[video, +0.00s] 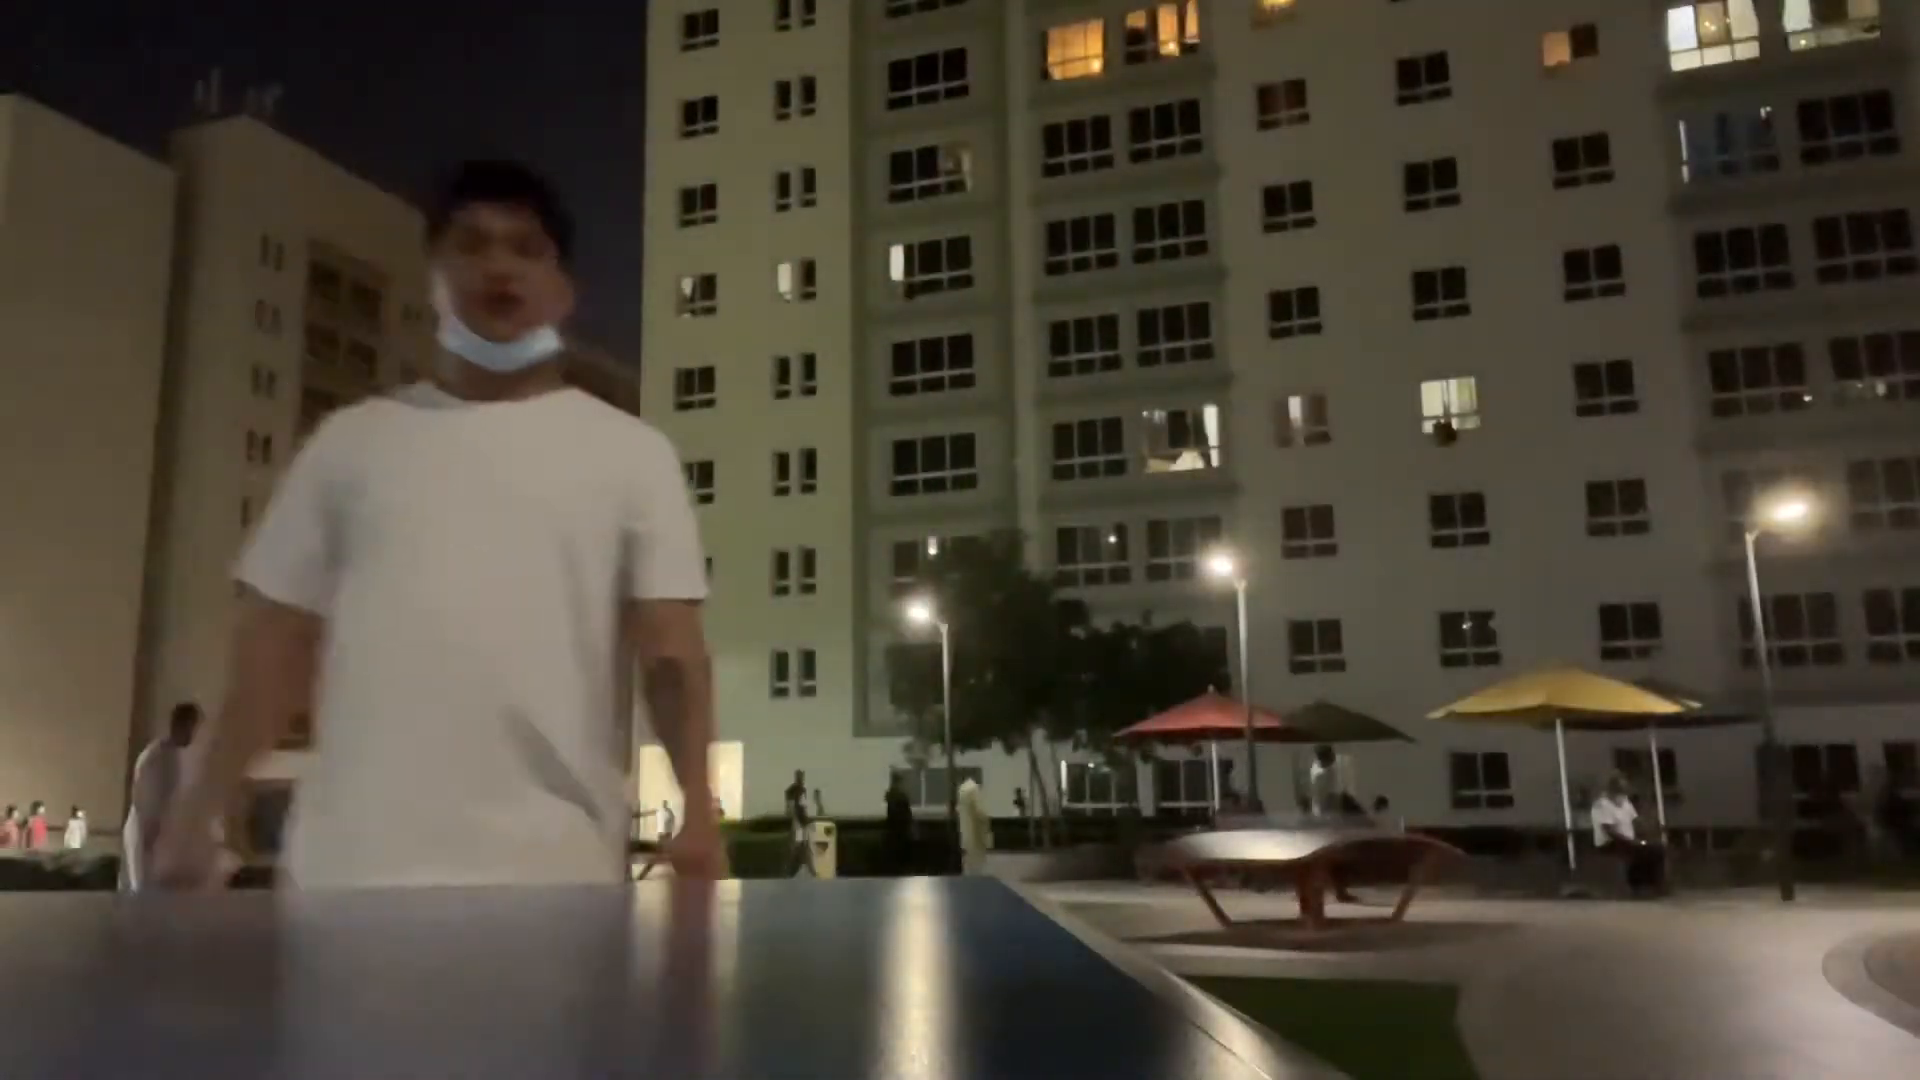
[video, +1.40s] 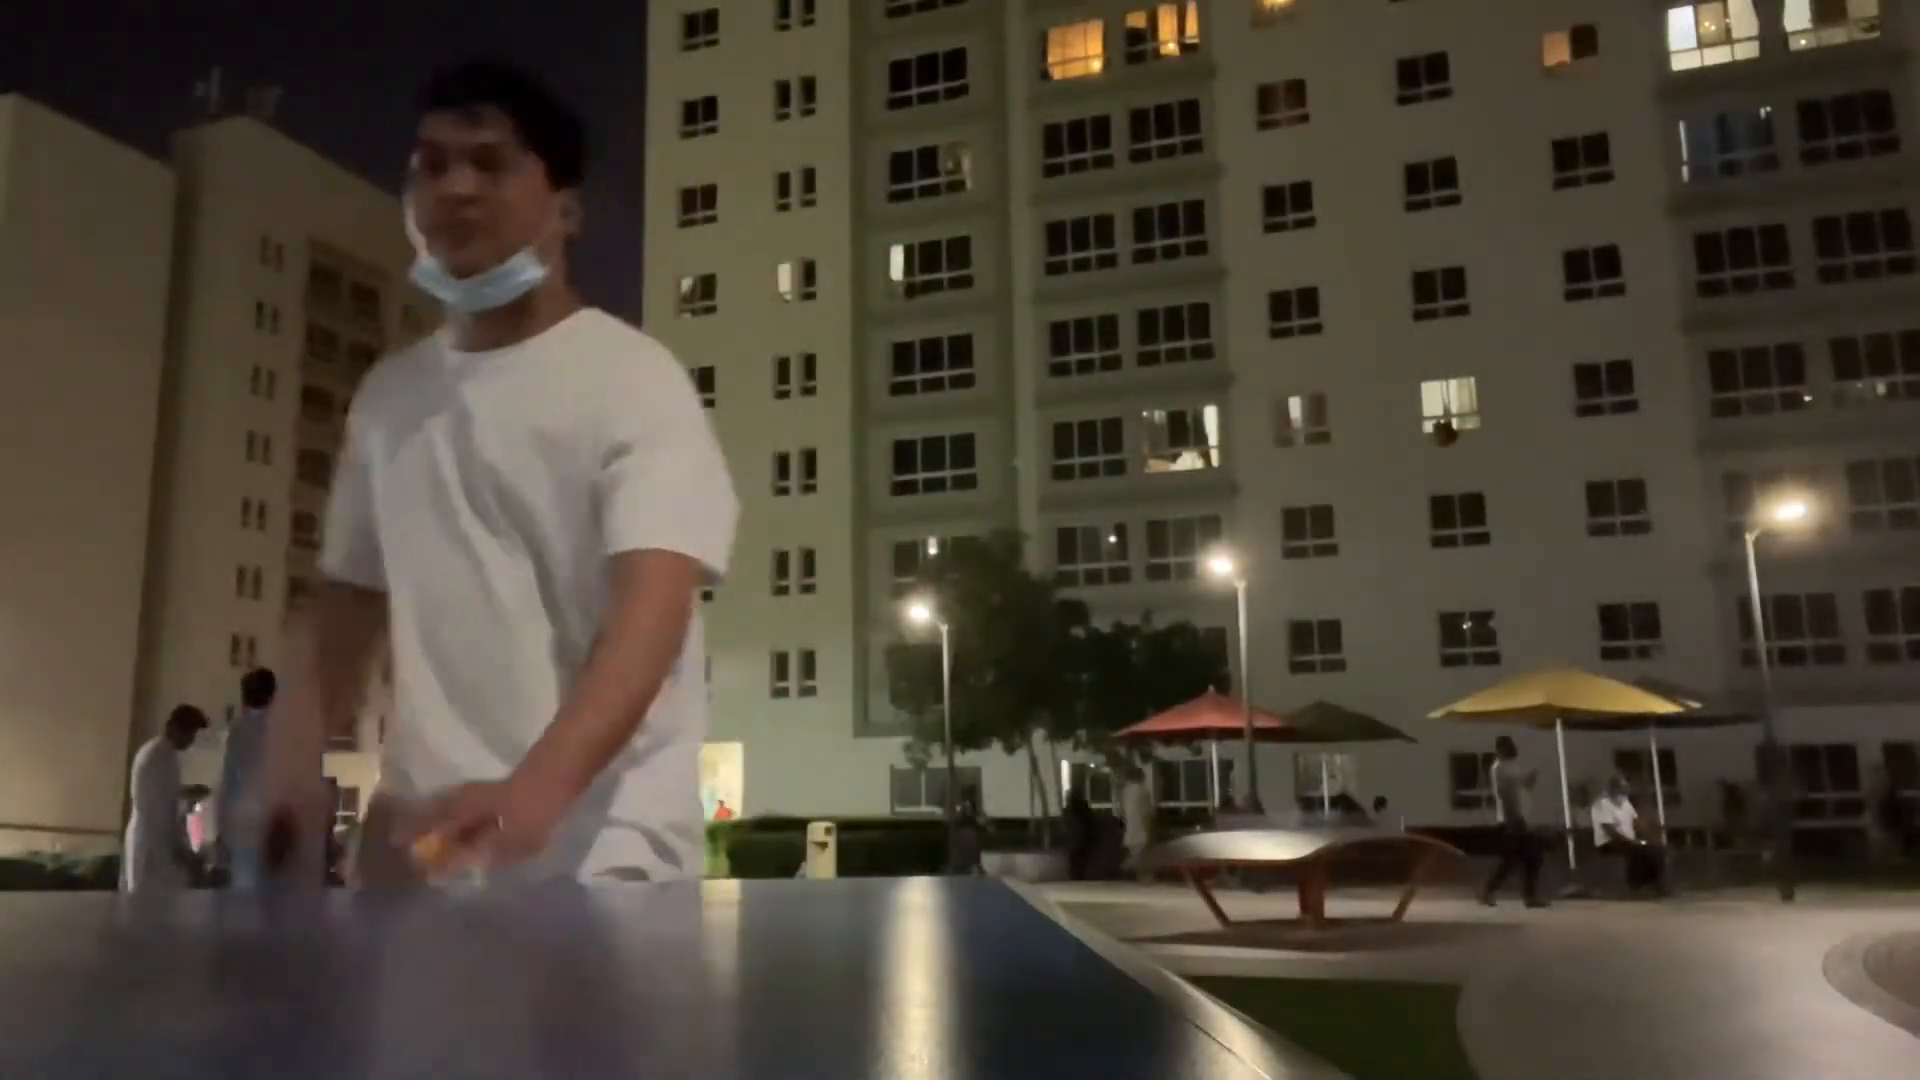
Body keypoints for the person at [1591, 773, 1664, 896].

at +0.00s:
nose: (1622, 796)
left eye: (1624, 792)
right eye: (1619, 793)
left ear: (1626, 790)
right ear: (1612, 790)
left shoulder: (1624, 801)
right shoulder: (1602, 804)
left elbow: (1635, 820)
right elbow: (1608, 829)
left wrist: (1644, 835)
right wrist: (1631, 841)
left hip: (1628, 839)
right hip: (1609, 843)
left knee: (1655, 850)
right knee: (1638, 853)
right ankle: (1636, 887)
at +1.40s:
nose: (1625, 790)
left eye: (1625, 786)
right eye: (1622, 787)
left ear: (1627, 788)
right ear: (1613, 788)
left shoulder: (1624, 801)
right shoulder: (1602, 804)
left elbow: (1635, 820)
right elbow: (1609, 829)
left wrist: (1649, 832)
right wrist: (1632, 842)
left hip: (1628, 840)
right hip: (1609, 843)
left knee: (1655, 850)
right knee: (1639, 853)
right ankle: (1635, 887)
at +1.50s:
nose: (1625, 791)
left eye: (1625, 788)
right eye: (1622, 788)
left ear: (1627, 788)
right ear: (1613, 788)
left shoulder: (1624, 801)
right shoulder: (1602, 804)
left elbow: (1635, 820)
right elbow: (1609, 829)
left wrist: (1648, 832)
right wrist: (1633, 842)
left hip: (1629, 840)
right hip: (1609, 844)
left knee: (1655, 850)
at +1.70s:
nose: (1624, 797)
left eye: (1625, 792)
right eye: (1621, 792)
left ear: (1627, 791)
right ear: (1612, 791)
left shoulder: (1624, 803)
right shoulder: (1601, 805)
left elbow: (1636, 821)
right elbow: (1610, 830)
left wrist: (1649, 834)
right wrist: (1632, 842)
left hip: (1629, 840)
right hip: (1609, 843)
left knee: (1656, 850)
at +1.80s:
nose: (1623, 798)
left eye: (1625, 794)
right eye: (1620, 794)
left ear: (1626, 792)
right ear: (1612, 792)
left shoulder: (1624, 802)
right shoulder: (1602, 804)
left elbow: (1636, 820)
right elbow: (1609, 829)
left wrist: (1647, 834)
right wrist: (1631, 842)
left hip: (1629, 840)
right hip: (1609, 843)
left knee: (1655, 849)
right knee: (1638, 852)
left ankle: (1653, 887)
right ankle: (1638, 889)